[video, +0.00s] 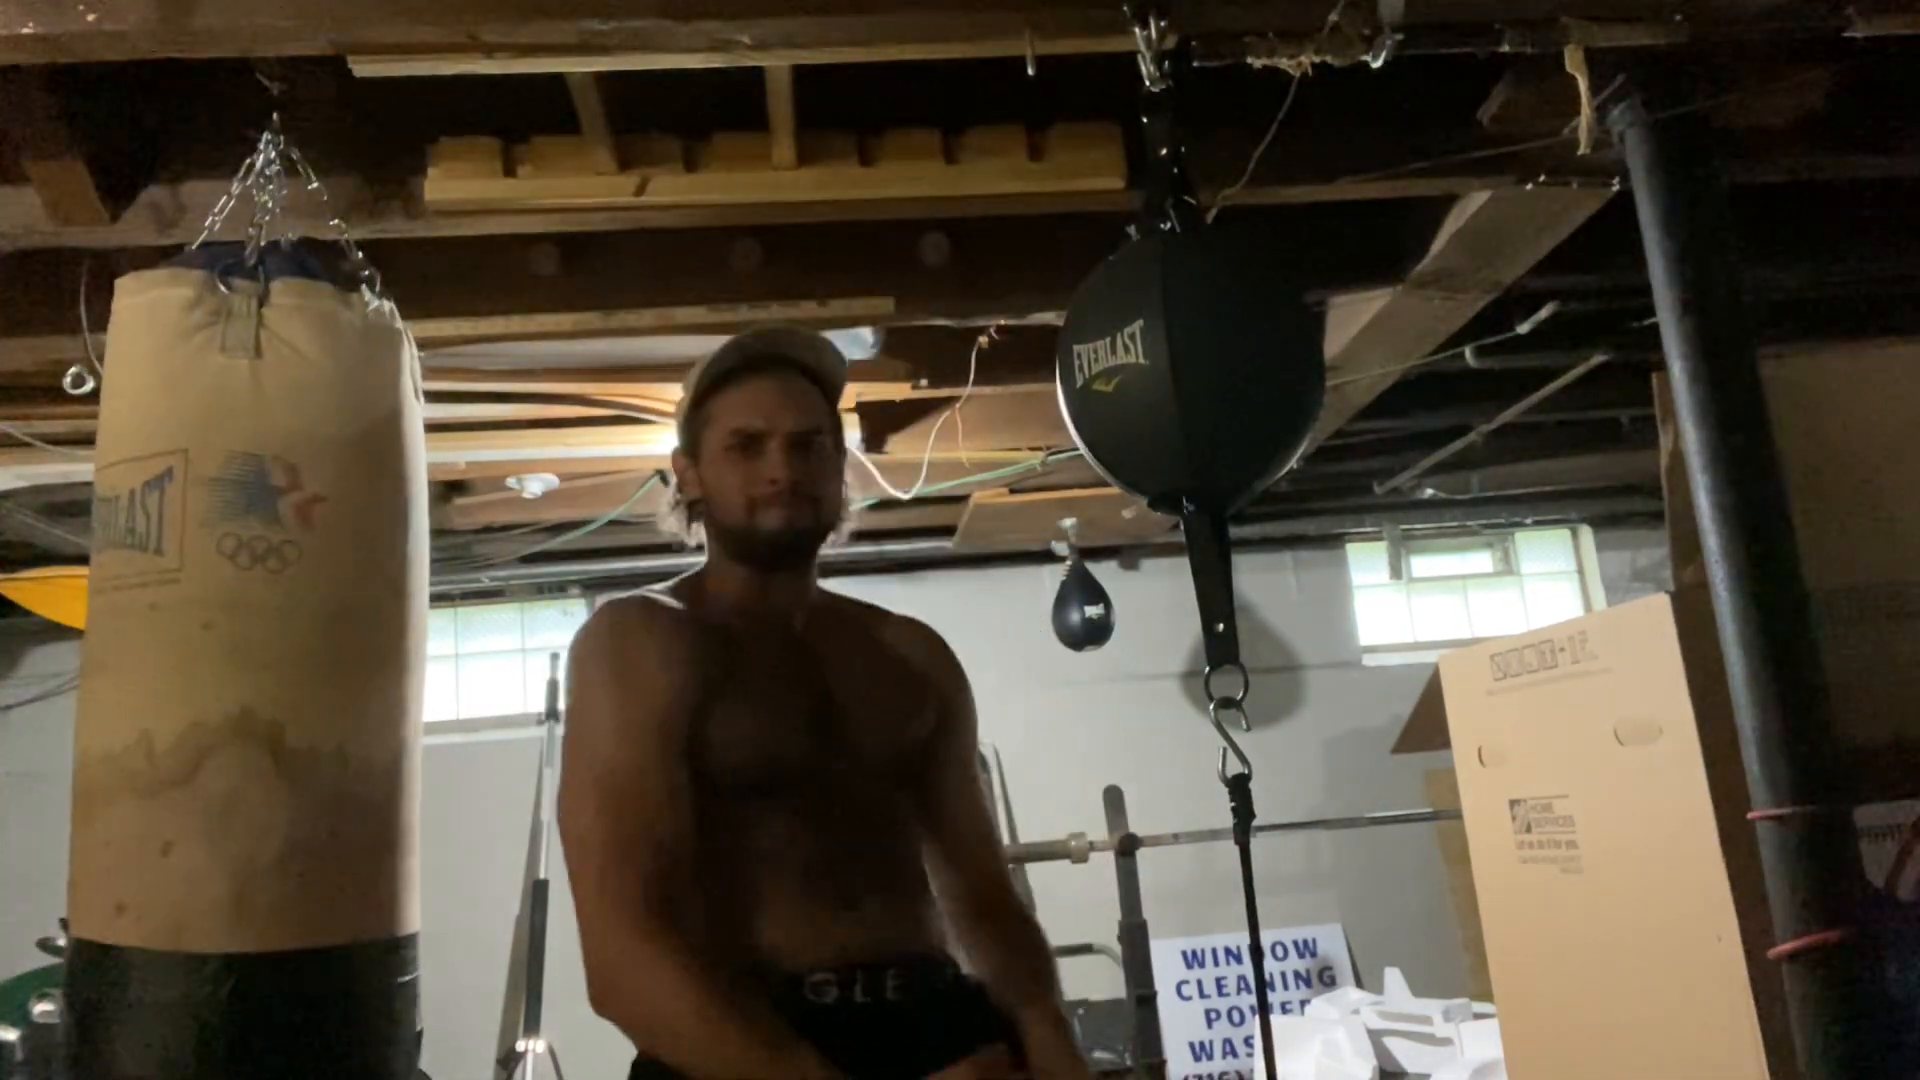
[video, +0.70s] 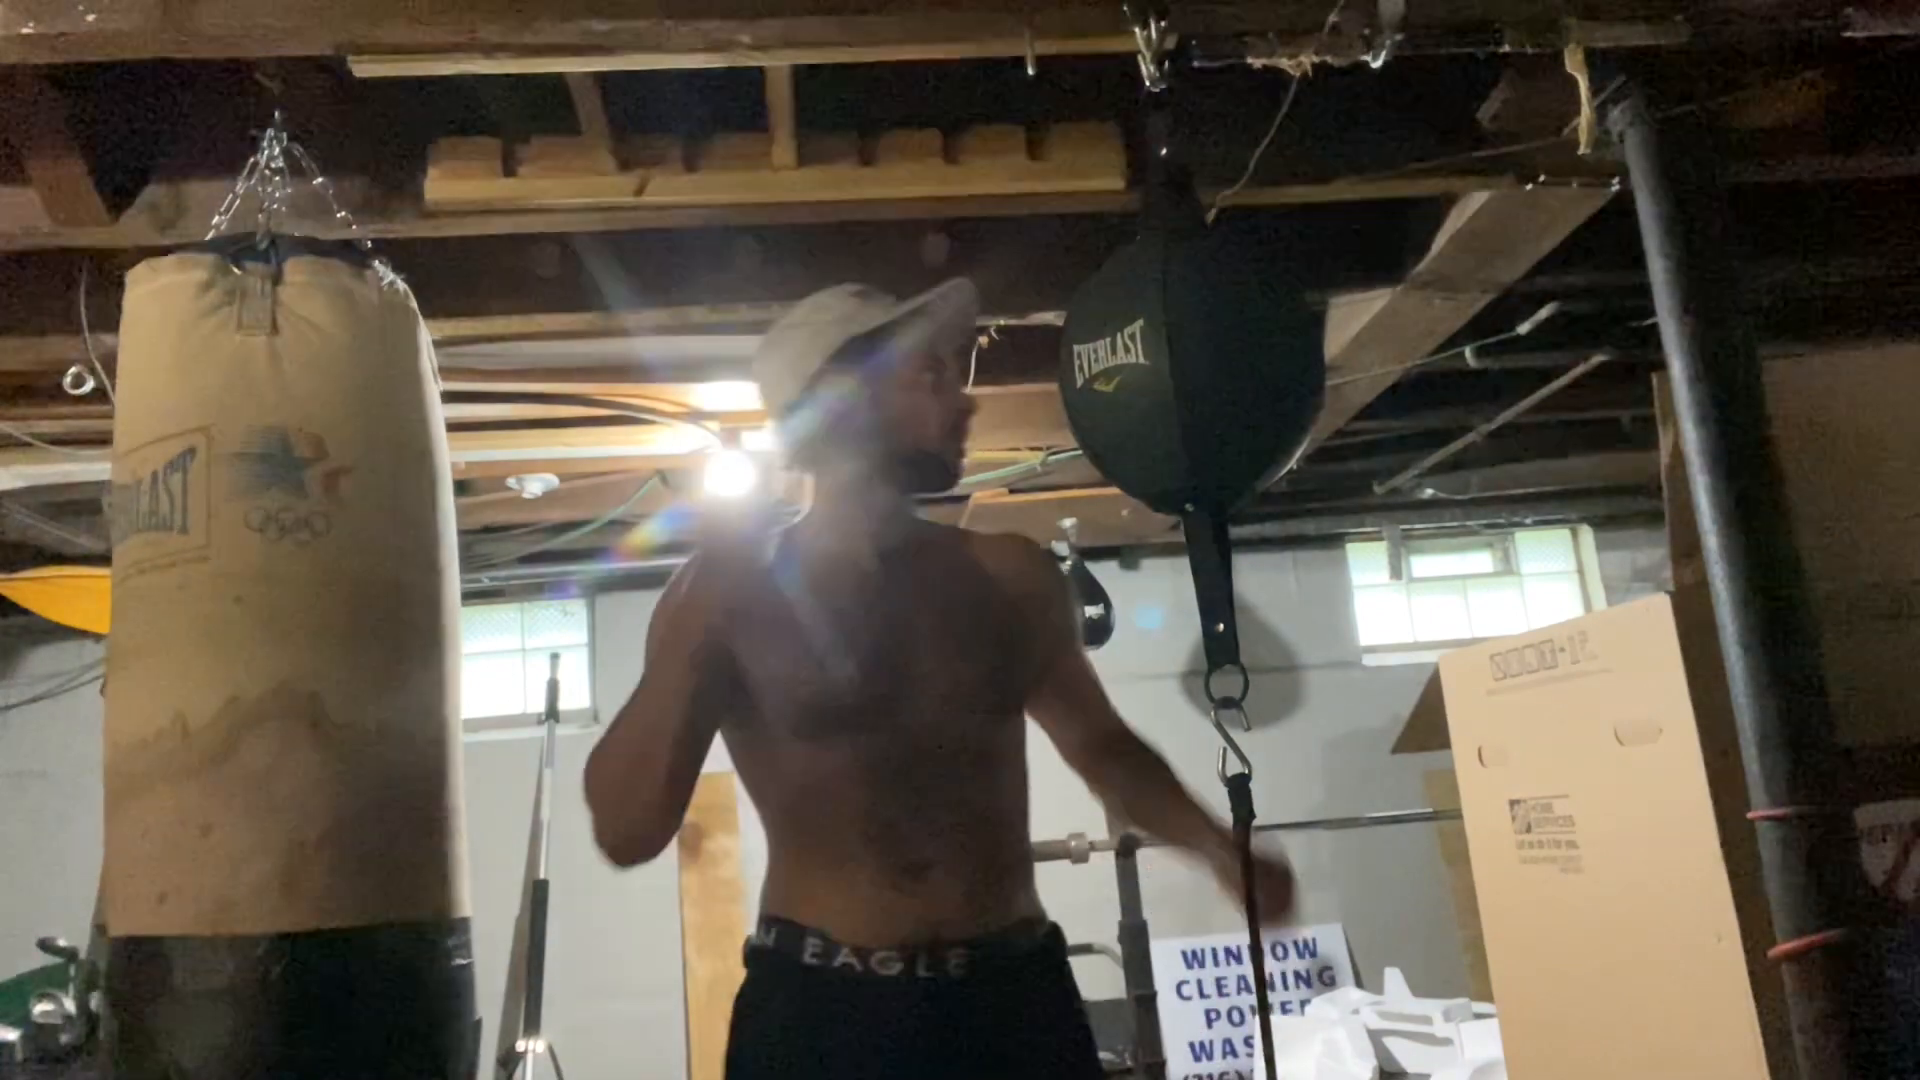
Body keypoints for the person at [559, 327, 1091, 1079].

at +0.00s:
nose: (782, 472)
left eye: (806, 446)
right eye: (744, 446)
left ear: (842, 476)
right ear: (688, 476)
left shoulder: (915, 658)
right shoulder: (639, 646)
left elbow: (989, 909)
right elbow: (629, 966)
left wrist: (1052, 1046)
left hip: (929, 1014)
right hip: (739, 1027)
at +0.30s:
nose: (873, 411)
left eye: (882, 386)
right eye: (833, 384)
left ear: (898, 413)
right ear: (752, 421)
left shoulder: (945, 624)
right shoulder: (683, 599)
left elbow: (1006, 866)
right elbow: (635, 902)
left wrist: (1075, 1032)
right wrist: (849, 1070)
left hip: (958, 1010)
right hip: (772, 1021)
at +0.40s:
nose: (926, 404)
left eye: (920, 379)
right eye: (884, 377)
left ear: (924, 405)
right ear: (797, 410)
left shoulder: (966, 612)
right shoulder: (710, 592)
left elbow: (1018, 853)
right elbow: (634, 887)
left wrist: (1099, 992)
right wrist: (834, 1057)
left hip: (988, 1021)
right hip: (792, 1028)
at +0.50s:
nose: (982, 397)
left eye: (972, 370)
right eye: (948, 369)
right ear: (855, 393)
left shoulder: (1006, 591)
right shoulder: (735, 585)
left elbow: (1048, 812)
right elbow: (636, 865)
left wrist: (1162, 934)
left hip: (1008, 1011)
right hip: (816, 1024)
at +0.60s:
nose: (990, 392)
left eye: (981, 367)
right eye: (954, 365)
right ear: (858, 391)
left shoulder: (1024, 586)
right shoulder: (737, 585)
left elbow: (1084, 792)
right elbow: (617, 857)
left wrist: (1217, 932)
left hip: (1014, 1001)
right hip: (818, 1006)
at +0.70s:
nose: (966, 393)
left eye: (958, 368)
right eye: (930, 369)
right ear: (835, 404)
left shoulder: (1010, 575)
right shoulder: (733, 587)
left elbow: (1105, 749)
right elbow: (625, 831)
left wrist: (1216, 847)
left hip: (1014, 1000)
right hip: (820, 1009)